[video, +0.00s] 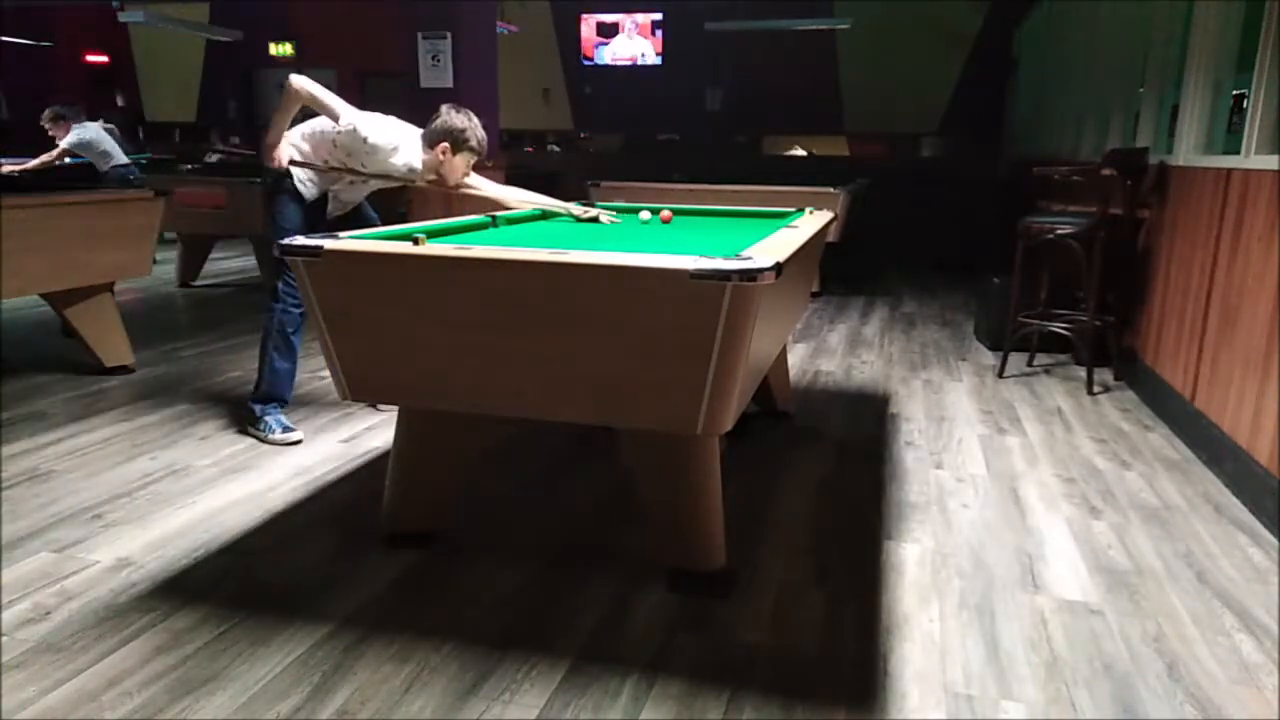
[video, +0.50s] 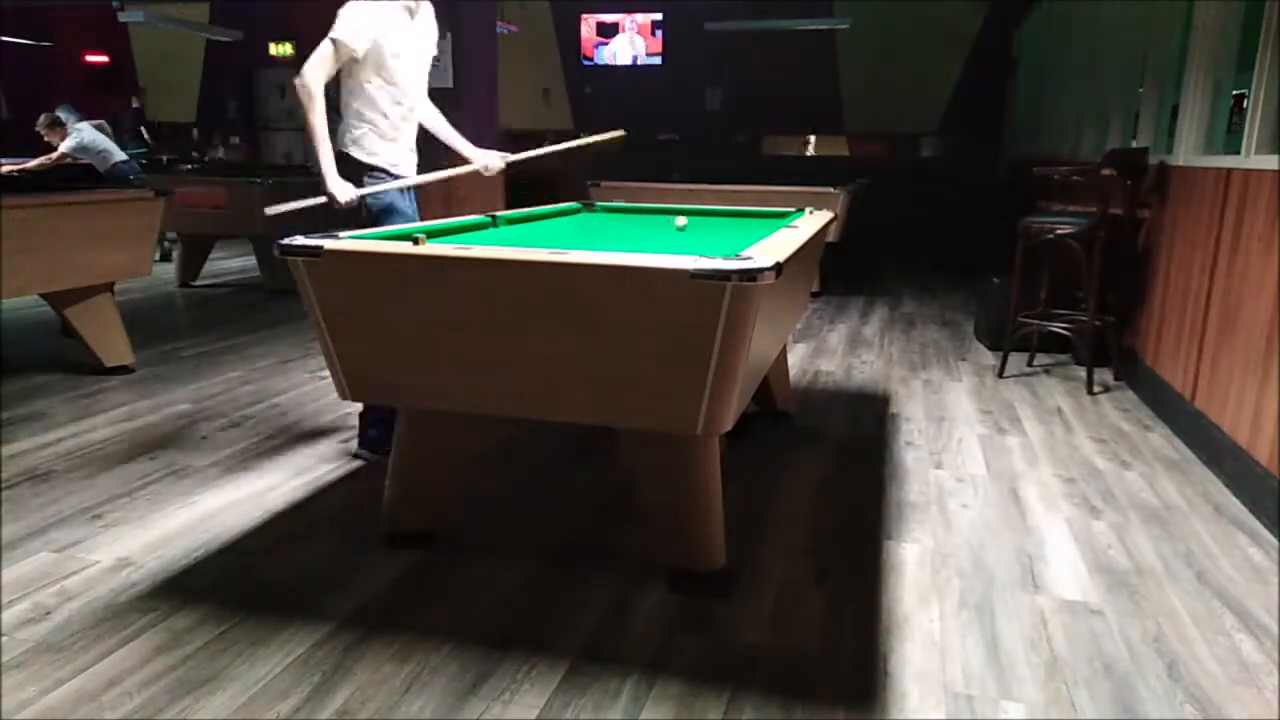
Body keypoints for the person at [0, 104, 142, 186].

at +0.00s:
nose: (50, 134)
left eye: (51, 129)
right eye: (48, 130)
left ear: (64, 124)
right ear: (67, 123)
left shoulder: (76, 137)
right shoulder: (91, 125)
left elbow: (52, 157)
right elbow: (113, 129)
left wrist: (19, 168)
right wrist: (118, 149)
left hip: (117, 174)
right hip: (131, 171)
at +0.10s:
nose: (47, 137)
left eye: (48, 132)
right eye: (45, 133)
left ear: (59, 126)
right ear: (63, 125)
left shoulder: (72, 140)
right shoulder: (85, 125)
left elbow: (49, 159)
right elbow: (107, 125)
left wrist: (17, 168)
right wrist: (113, 145)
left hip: (115, 174)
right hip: (128, 169)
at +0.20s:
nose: (46, 139)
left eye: (46, 134)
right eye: (44, 136)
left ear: (58, 129)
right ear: (62, 126)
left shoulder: (72, 141)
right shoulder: (81, 125)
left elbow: (50, 160)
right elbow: (106, 125)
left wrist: (19, 168)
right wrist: (111, 145)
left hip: (117, 172)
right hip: (128, 166)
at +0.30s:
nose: (47, 141)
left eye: (47, 136)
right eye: (44, 137)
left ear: (57, 130)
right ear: (62, 127)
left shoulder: (73, 142)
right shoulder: (81, 125)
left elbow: (50, 160)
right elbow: (103, 124)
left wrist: (17, 168)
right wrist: (112, 147)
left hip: (119, 173)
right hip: (130, 167)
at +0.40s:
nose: (46, 139)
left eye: (47, 134)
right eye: (44, 135)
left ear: (58, 129)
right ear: (62, 126)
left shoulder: (72, 142)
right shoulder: (81, 124)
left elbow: (50, 160)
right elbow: (103, 123)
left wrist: (18, 168)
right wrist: (111, 145)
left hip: (118, 172)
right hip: (129, 166)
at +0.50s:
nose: (46, 140)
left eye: (47, 135)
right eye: (44, 136)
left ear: (57, 130)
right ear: (62, 127)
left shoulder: (73, 141)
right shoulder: (81, 125)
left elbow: (50, 160)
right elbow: (103, 123)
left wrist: (17, 168)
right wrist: (112, 146)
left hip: (119, 173)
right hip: (130, 167)